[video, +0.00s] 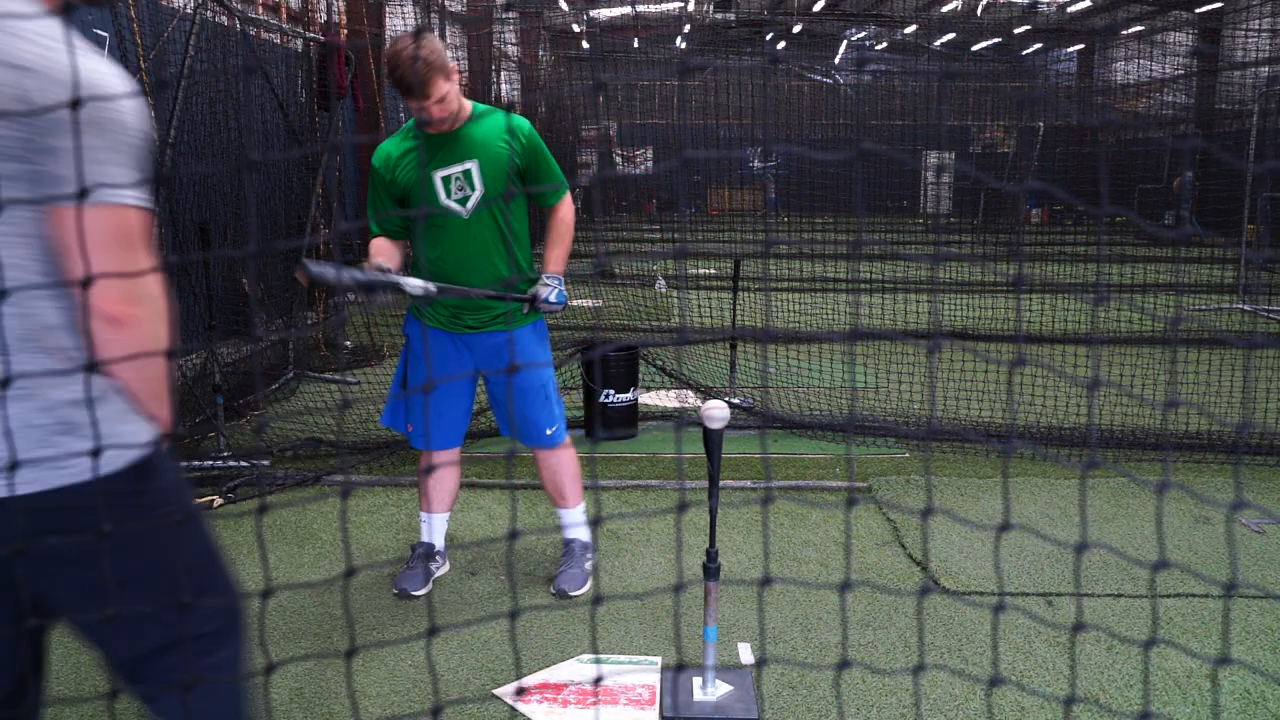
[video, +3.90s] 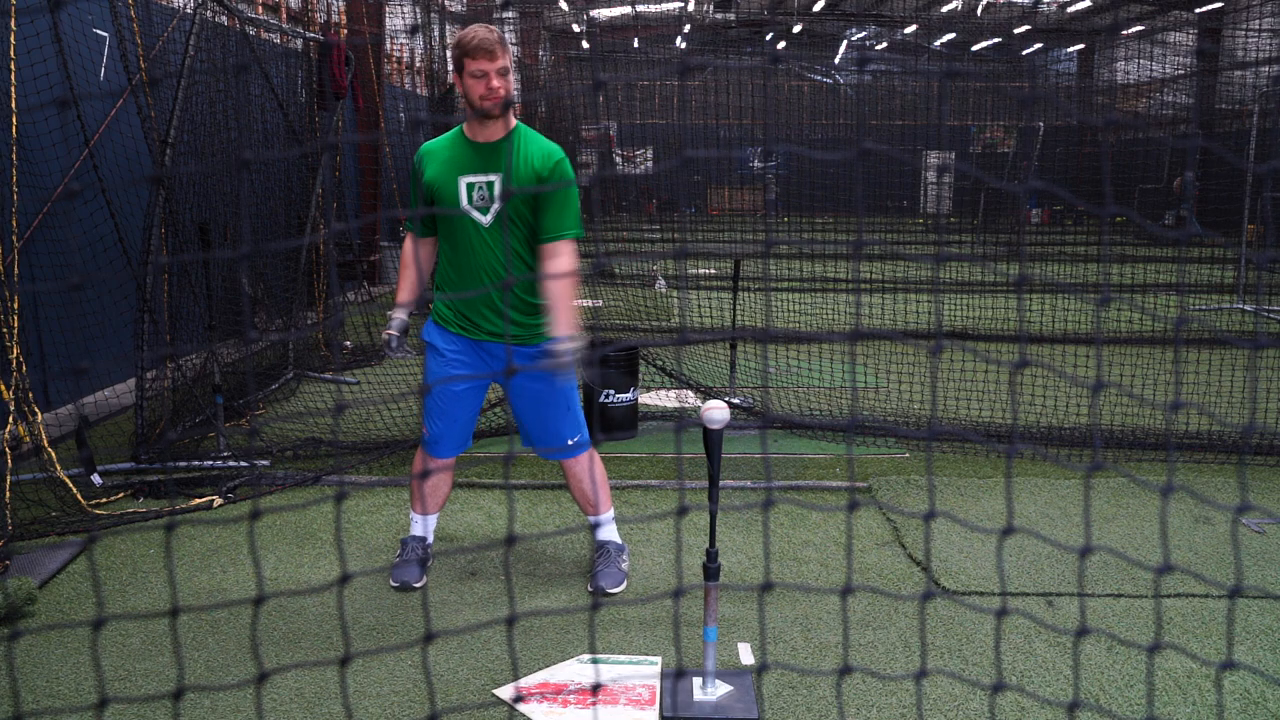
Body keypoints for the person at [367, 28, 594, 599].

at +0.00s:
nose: (435, 114)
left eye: (441, 101)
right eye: (421, 108)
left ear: (457, 77)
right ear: (403, 99)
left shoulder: (512, 134)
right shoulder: (391, 159)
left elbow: (561, 201)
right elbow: (388, 233)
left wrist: (552, 276)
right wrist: (381, 268)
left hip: (515, 319)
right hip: (436, 325)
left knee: (547, 434)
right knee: (436, 443)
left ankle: (577, 540)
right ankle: (430, 548)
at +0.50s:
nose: (505, 131)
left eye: (513, 118)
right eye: (493, 123)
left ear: (532, 94)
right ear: (476, 110)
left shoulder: (583, 148)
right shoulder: (457, 151)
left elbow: (620, 224)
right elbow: (446, 226)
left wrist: (604, 299)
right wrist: (432, 299)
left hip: (555, 325)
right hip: (472, 323)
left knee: (580, 441)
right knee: (451, 438)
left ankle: (605, 544)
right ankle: (423, 544)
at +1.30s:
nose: (467, 185)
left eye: (473, 175)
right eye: (455, 176)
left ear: (495, 144)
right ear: (438, 154)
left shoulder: (544, 190)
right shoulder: (425, 169)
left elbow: (568, 284)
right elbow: (416, 233)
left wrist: (559, 371)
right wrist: (403, 302)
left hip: (532, 332)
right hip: (453, 329)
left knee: (565, 439)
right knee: (435, 438)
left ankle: (605, 541)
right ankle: (418, 541)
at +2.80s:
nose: (492, 134)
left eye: (502, 122)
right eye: (481, 123)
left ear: (523, 101)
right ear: (466, 110)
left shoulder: (567, 160)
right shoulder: (443, 160)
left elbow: (600, 247)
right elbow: (423, 235)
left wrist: (629, 322)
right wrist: (405, 304)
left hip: (543, 332)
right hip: (462, 329)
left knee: (573, 445)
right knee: (439, 445)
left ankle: (606, 541)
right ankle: (417, 541)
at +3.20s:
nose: (475, 124)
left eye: (485, 111)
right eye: (463, 114)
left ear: (504, 92)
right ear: (448, 104)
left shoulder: (550, 154)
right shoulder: (429, 162)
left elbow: (603, 217)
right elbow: (410, 240)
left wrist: (661, 262)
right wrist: (391, 313)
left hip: (537, 333)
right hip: (455, 333)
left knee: (569, 445)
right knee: (434, 446)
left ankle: (606, 541)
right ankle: (417, 540)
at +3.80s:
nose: (487, 88)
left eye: (495, 75)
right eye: (475, 78)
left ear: (509, 75)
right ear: (456, 83)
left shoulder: (550, 156)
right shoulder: (433, 160)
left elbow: (597, 239)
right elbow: (419, 243)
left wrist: (645, 309)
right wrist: (399, 315)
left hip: (539, 332)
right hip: (458, 333)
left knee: (571, 444)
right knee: (437, 445)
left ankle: (608, 541)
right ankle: (418, 539)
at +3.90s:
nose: (492, 85)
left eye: (500, 74)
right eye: (479, 76)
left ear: (513, 78)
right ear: (458, 82)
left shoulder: (545, 160)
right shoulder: (431, 159)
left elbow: (559, 259)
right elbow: (420, 241)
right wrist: (401, 313)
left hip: (534, 335)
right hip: (455, 334)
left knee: (570, 444)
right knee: (437, 446)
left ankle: (608, 541)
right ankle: (418, 540)